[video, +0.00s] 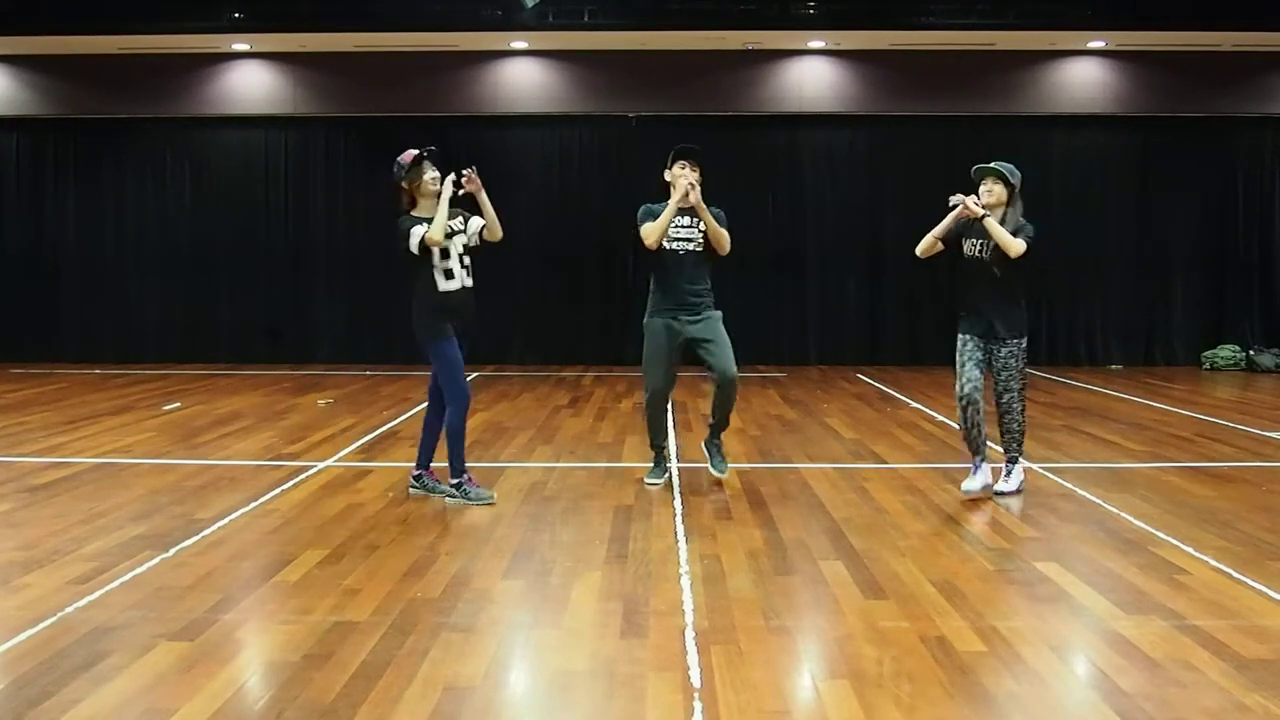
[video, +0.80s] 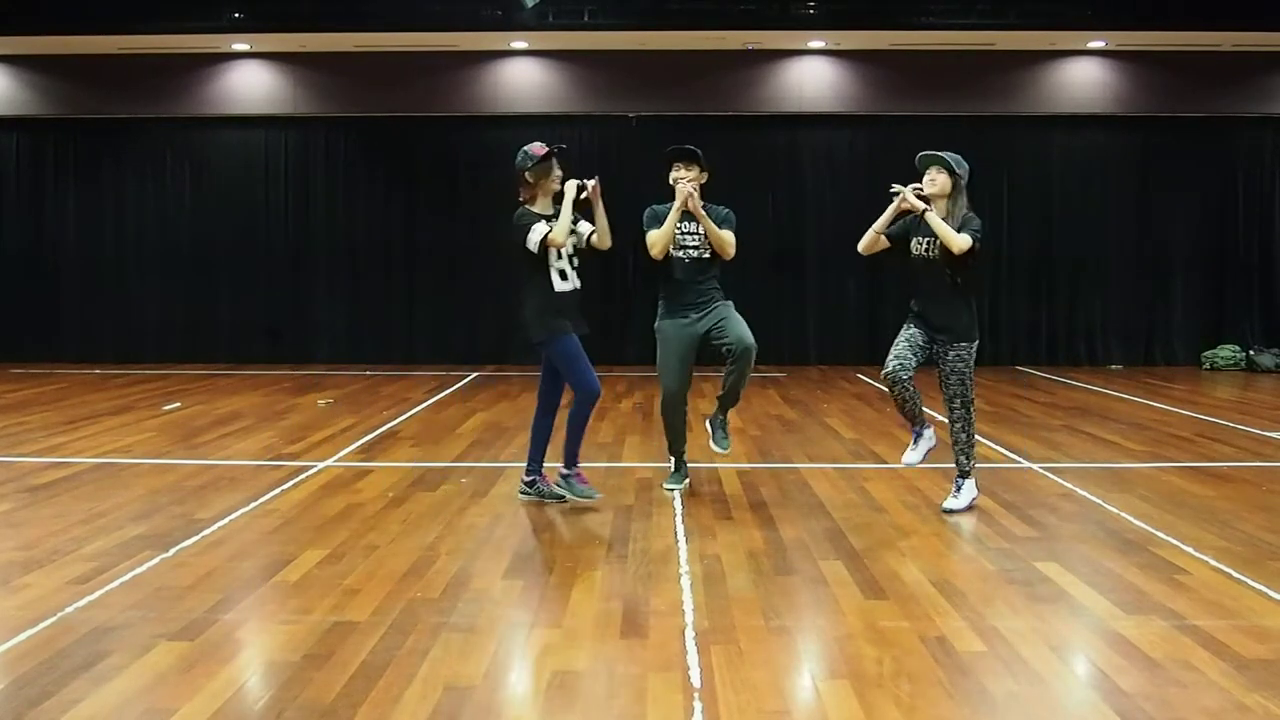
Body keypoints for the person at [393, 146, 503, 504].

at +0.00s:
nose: (435, 175)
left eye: (435, 170)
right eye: (426, 174)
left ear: (440, 180)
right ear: (410, 187)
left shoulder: (456, 216)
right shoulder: (408, 224)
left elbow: (494, 233)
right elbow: (436, 239)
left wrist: (480, 193)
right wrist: (444, 199)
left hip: (460, 317)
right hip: (433, 320)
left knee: (439, 397)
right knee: (459, 394)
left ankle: (421, 473)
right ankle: (458, 479)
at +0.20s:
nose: (463, 178)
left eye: (461, 172)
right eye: (454, 173)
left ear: (457, 179)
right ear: (438, 183)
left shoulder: (468, 220)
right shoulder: (436, 225)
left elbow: (508, 247)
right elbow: (479, 236)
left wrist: (507, 205)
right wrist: (477, 198)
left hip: (490, 317)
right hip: (465, 320)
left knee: (495, 398)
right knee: (473, 400)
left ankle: (444, 456)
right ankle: (459, 480)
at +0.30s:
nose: (478, 172)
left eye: (474, 167)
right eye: (469, 168)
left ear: (465, 179)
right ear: (453, 180)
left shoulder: (480, 221)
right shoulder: (456, 220)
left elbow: (525, 239)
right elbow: (503, 229)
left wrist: (519, 198)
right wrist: (497, 193)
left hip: (501, 318)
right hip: (477, 321)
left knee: (522, 395)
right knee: (478, 401)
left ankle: (482, 461)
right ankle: (459, 481)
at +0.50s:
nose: (515, 180)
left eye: (513, 173)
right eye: (508, 175)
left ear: (495, 182)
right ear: (489, 182)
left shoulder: (503, 220)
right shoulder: (486, 222)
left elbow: (541, 255)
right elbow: (539, 250)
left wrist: (545, 215)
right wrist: (534, 208)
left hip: (531, 321)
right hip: (508, 323)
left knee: (546, 395)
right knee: (505, 403)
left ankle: (533, 477)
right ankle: (465, 476)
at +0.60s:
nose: (531, 180)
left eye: (530, 174)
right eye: (523, 176)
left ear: (526, 180)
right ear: (504, 182)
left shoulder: (526, 221)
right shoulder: (496, 224)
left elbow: (556, 260)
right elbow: (542, 250)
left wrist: (561, 221)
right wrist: (547, 211)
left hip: (547, 318)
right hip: (525, 320)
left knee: (548, 397)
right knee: (547, 396)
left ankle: (533, 477)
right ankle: (490, 460)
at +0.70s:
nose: (545, 179)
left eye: (545, 173)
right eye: (537, 174)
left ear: (543, 177)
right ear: (517, 180)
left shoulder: (545, 218)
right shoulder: (509, 221)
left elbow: (579, 253)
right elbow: (547, 245)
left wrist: (580, 214)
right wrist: (557, 204)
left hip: (557, 317)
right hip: (535, 319)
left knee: (547, 397)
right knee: (575, 392)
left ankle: (535, 476)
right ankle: (528, 458)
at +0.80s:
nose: (560, 175)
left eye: (558, 169)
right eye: (552, 172)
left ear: (550, 175)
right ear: (534, 180)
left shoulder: (562, 214)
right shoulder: (524, 218)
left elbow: (603, 242)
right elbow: (558, 239)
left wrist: (596, 202)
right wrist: (569, 199)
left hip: (567, 317)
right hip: (546, 319)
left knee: (549, 398)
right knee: (588, 390)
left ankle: (532, 476)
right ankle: (569, 471)